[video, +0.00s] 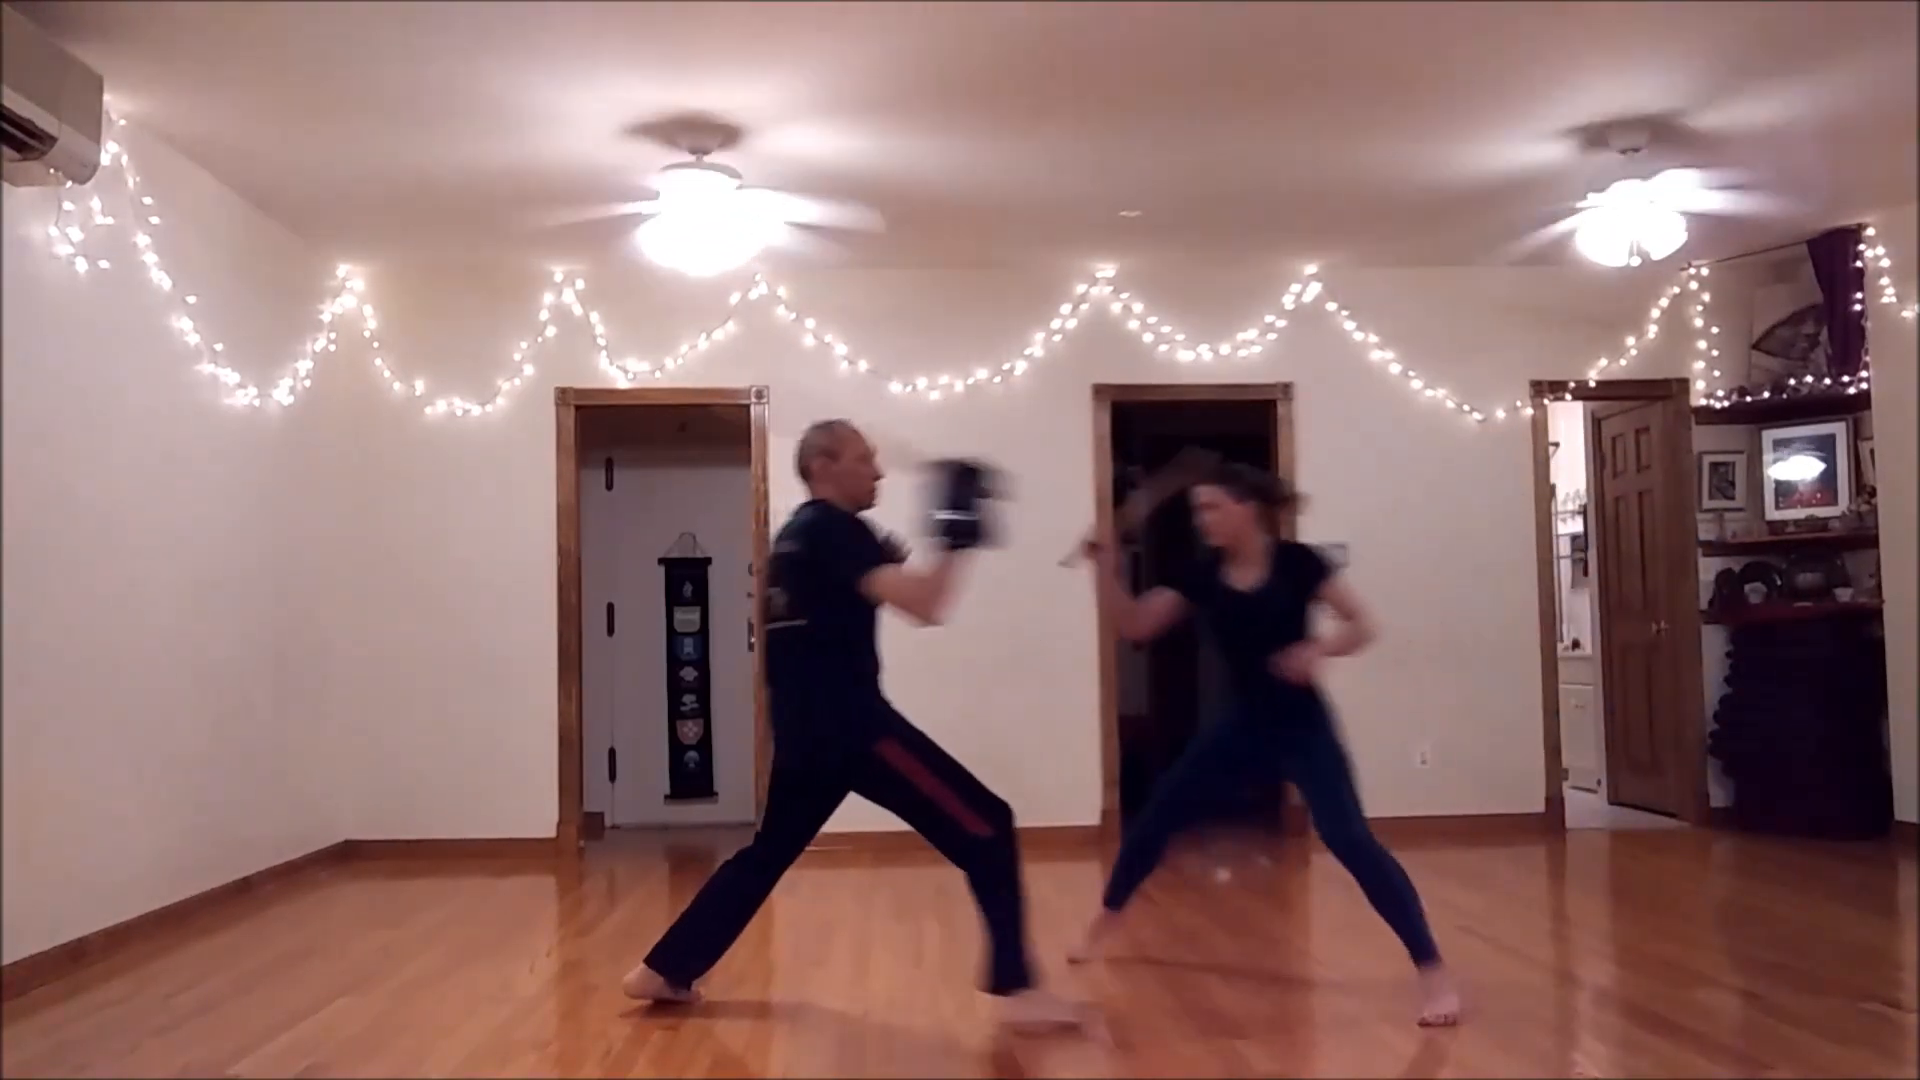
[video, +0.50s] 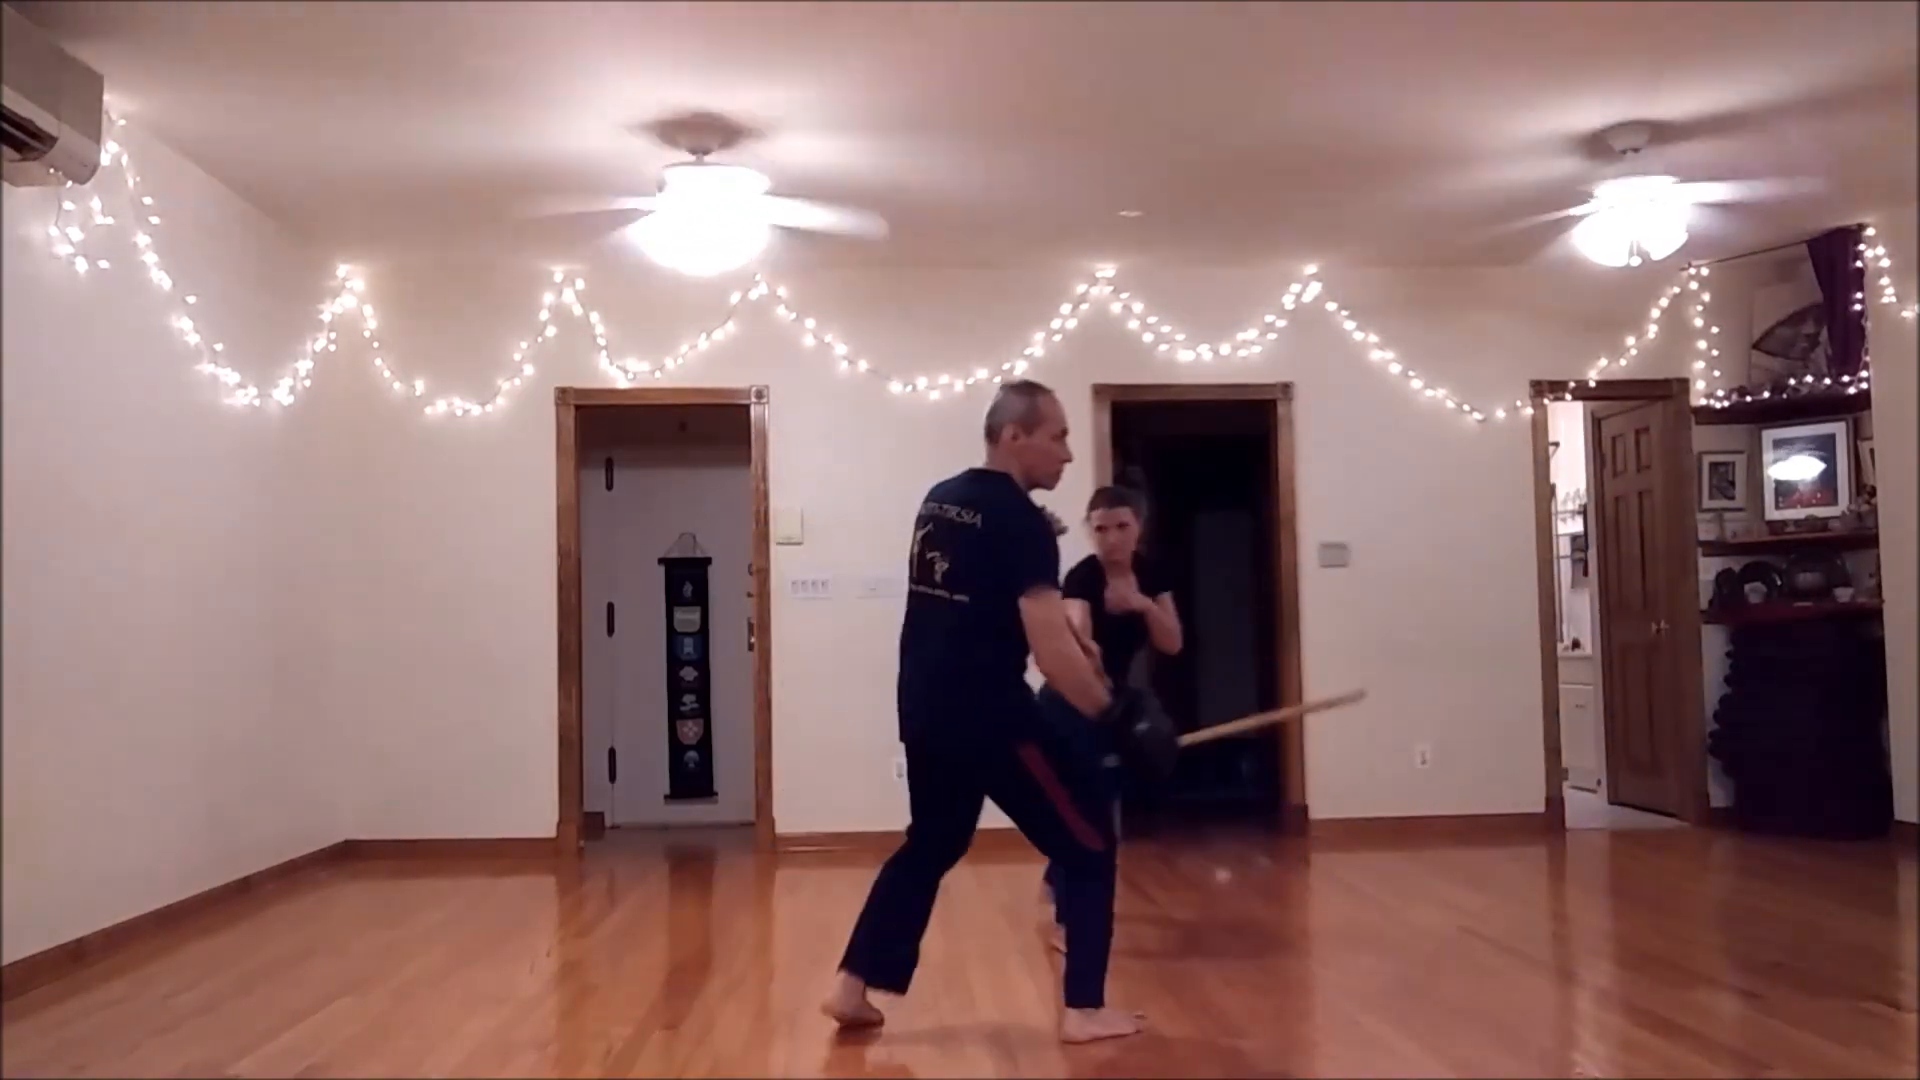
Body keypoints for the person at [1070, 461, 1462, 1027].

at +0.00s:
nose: (1202, 520)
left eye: (1212, 508)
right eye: (1198, 511)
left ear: (1250, 508)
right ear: (1200, 519)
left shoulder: (1297, 564)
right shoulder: (1204, 573)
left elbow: (1362, 627)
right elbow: (1135, 624)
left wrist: (1319, 648)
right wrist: (1106, 568)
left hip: (1300, 723)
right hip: (1237, 725)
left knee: (1346, 837)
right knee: (1163, 808)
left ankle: (1430, 968)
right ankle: (1108, 915)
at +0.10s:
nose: (1161, 522)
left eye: (1171, 511)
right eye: (1157, 512)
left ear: (1205, 511)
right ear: (1154, 518)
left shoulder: (1243, 571)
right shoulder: (1148, 576)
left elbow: (1289, 638)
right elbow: (1084, 619)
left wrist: (1248, 631)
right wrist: (1061, 563)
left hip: (1247, 728)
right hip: (1175, 731)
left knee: (1305, 819)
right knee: (1129, 828)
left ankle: (1358, 935)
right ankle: (1112, 931)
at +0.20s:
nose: (1134, 523)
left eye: (1145, 512)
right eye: (1127, 513)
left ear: (1176, 514)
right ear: (1121, 518)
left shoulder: (1206, 572)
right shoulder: (1118, 571)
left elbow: (1238, 638)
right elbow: (1074, 626)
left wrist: (1220, 623)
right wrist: (1117, 590)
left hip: (1193, 716)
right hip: (1135, 718)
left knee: (1244, 795)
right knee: (1117, 827)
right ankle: (1081, 925)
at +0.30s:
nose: (1120, 527)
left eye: (1130, 514)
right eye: (1111, 518)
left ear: (1155, 515)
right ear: (1102, 522)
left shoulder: (1180, 563)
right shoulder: (1095, 572)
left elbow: (1207, 625)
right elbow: (1081, 636)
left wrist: (1165, 592)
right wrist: (1132, 654)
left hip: (1164, 700)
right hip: (1106, 702)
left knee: (1186, 817)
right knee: (1112, 814)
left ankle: (1144, 868)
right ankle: (1074, 871)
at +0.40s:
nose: (1112, 532)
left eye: (1123, 520)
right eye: (1103, 523)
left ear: (1145, 520)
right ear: (1093, 526)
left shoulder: (1166, 570)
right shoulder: (1086, 573)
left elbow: (1185, 636)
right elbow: (1075, 646)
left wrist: (1148, 593)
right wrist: (1133, 693)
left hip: (1143, 704)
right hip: (1086, 702)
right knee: (1083, 812)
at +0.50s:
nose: (1112, 537)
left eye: (1121, 527)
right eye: (1102, 528)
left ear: (1138, 531)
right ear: (1091, 532)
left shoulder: (1152, 574)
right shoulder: (1083, 576)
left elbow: (1172, 642)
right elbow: (1079, 638)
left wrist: (1146, 606)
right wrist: (1107, 690)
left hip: (1117, 700)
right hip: (1070, 699)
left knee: (1101, 798)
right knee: (1080, 797)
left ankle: (1079, 891)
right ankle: (1063, 888)